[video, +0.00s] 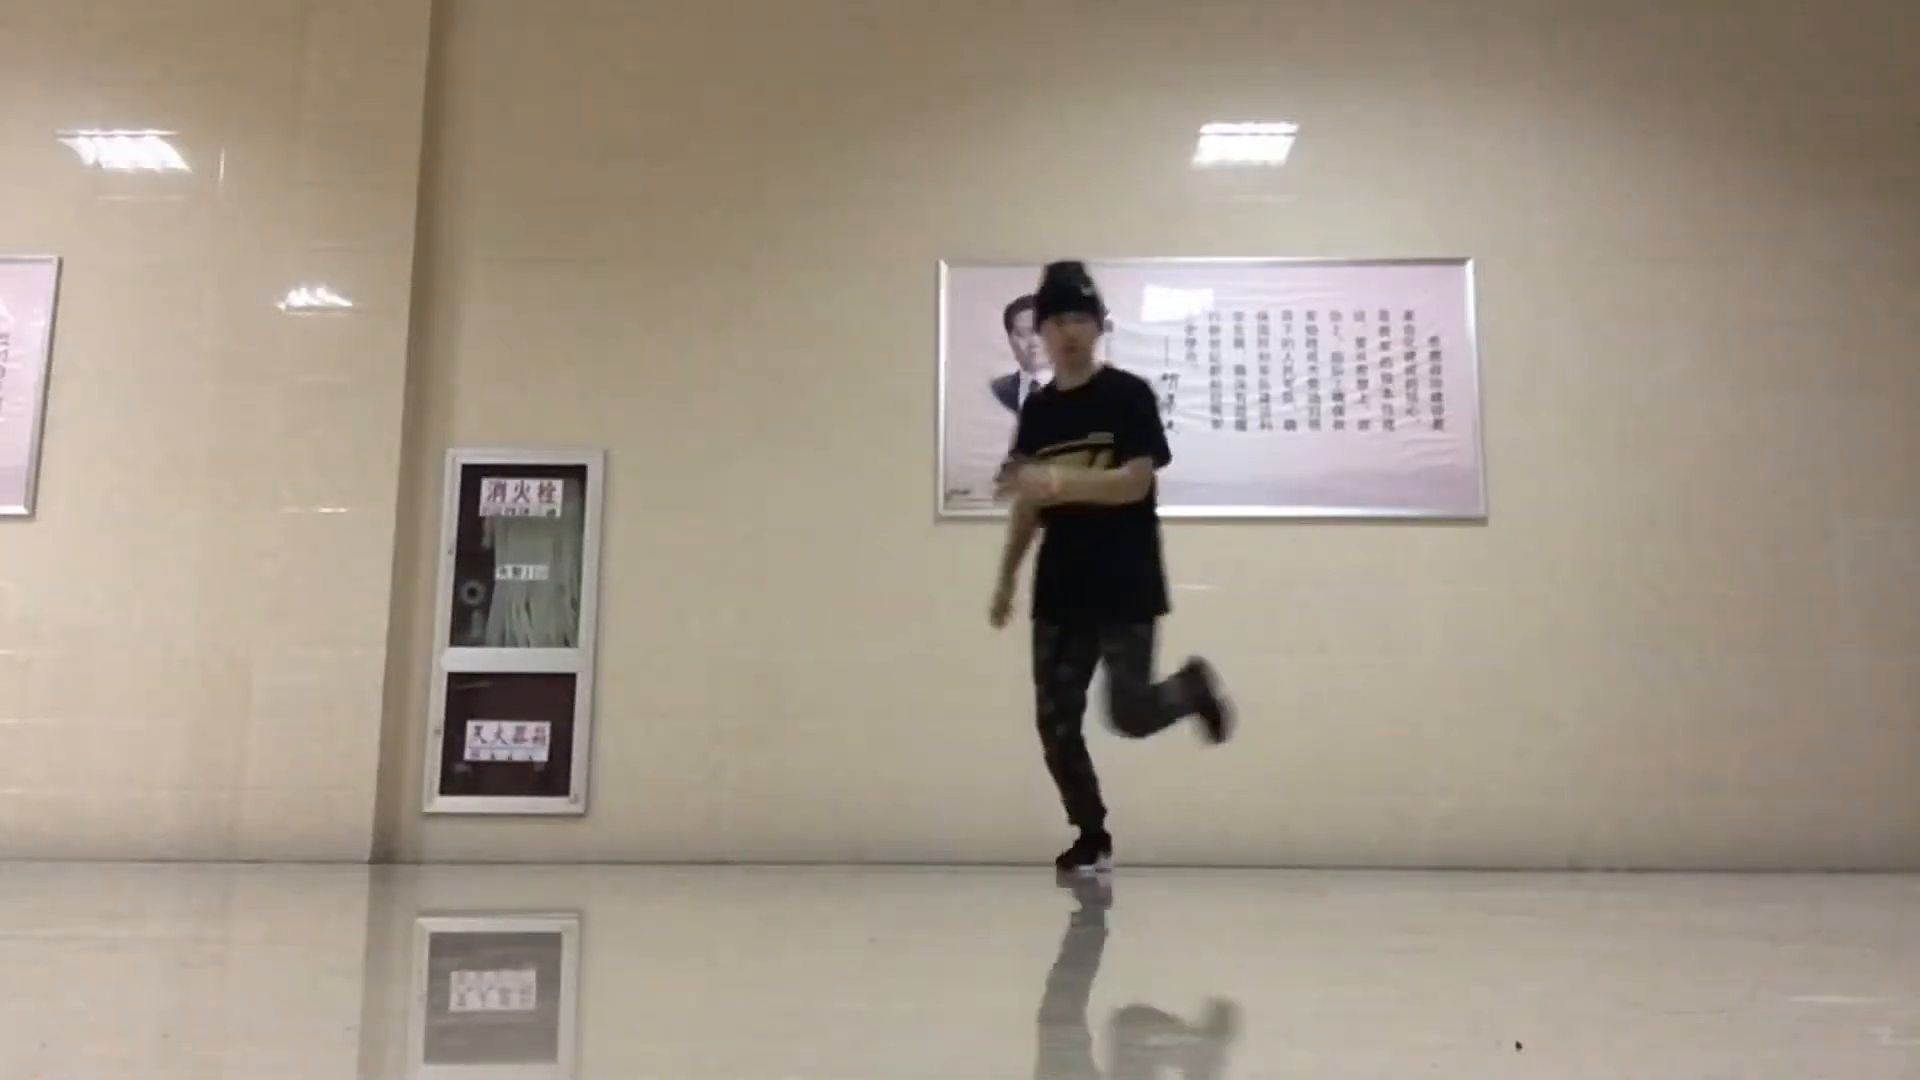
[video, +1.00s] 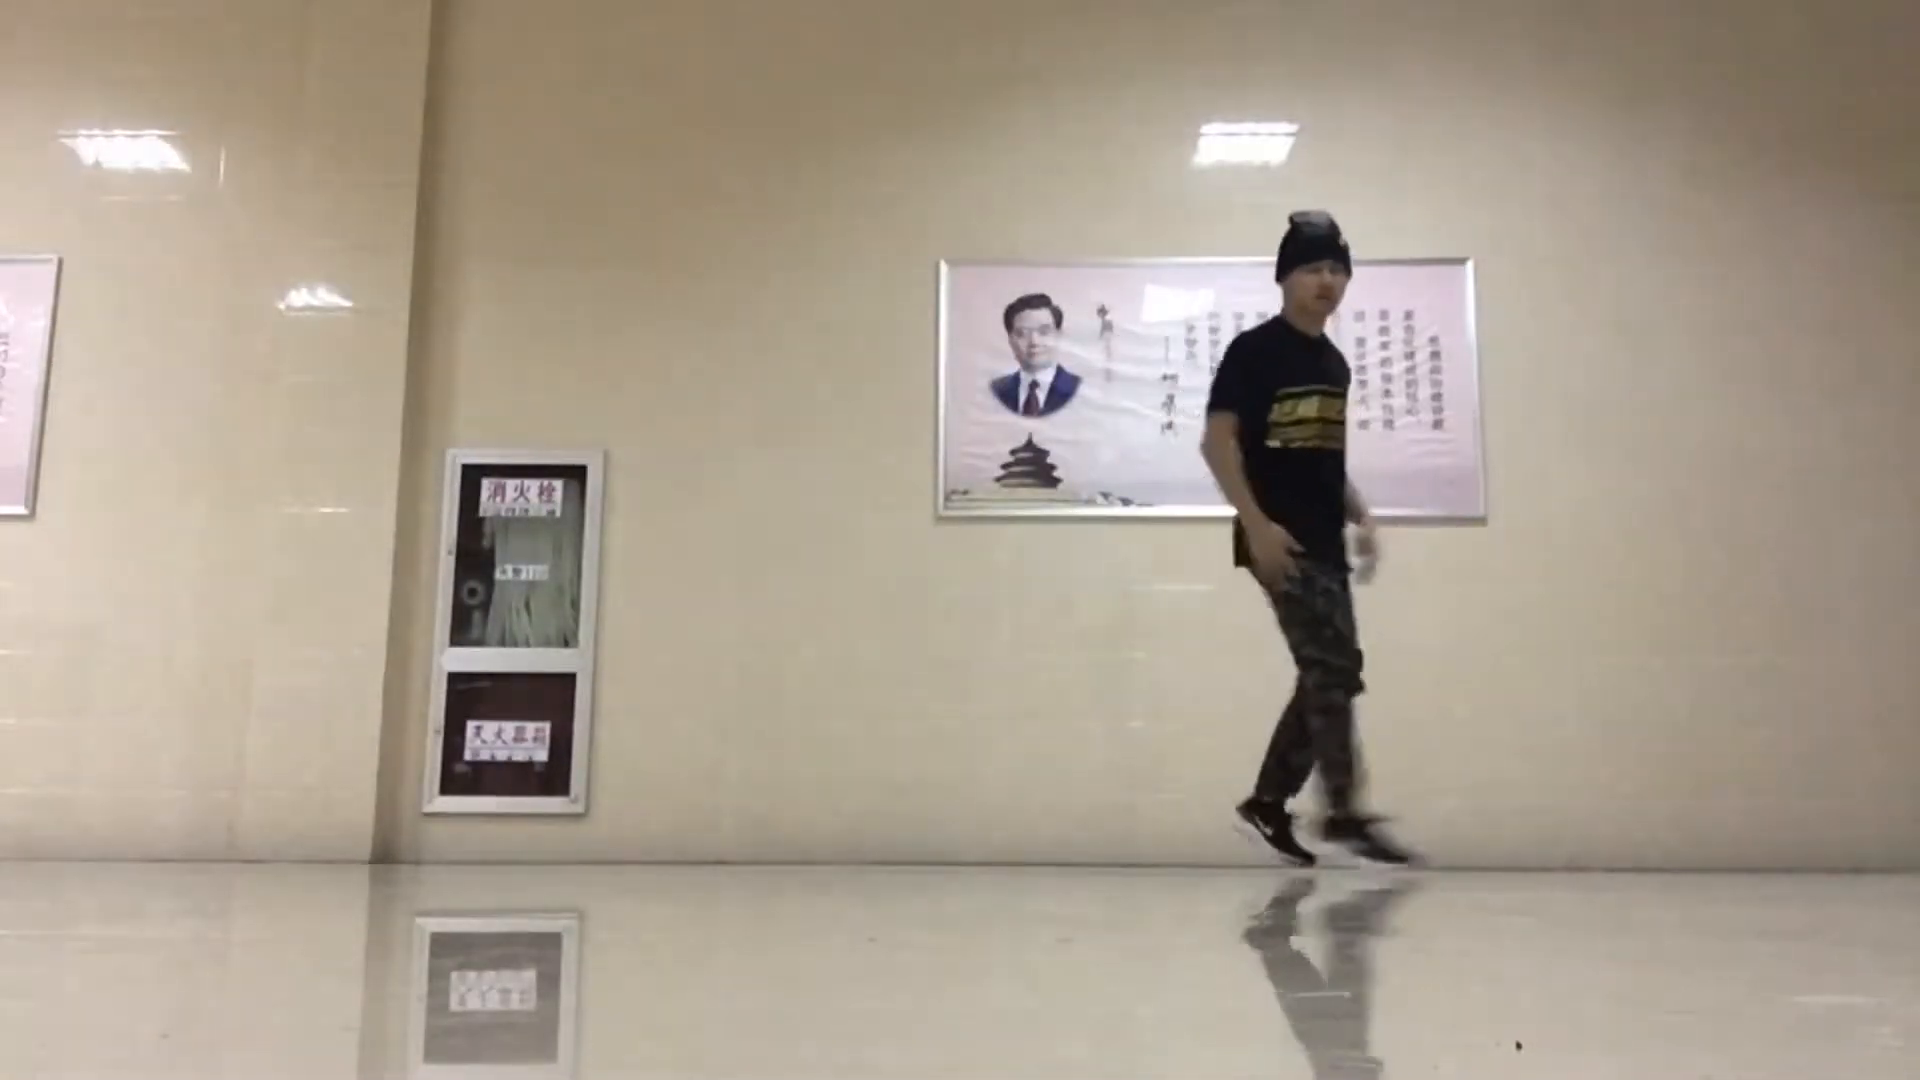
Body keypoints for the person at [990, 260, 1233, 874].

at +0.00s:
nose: (1068, 334)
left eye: (1079, 321)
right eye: (1056, 323)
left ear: (1099, 326)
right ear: (1042, 333)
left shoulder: (1130, 394)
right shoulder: (1038, 409)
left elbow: (1138, 483)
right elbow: (1030, 500)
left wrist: (1055, 484)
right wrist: (1006, 579)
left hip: (1127, 579)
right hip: (1062, 582)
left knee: (1130, 714)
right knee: (1055, 719)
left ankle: (1196, 686)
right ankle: (1092, 834)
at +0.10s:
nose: (1107, 303)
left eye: (1118, 291)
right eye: (1096, 292)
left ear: (1136, 296)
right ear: (1080, 300)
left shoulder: (1166, 365)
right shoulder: (1068, 381)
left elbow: (1184, 456)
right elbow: (1068, 473)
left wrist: (1102, 454)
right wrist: (1057, 546)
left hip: (1167, 553)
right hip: (1099, 557)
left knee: (1204, 681)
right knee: (1084, 702)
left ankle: (1257, 724)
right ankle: (1095, 823)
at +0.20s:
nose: (1150, 290)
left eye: (1161, 278)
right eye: (1139, 279)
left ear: (1177, 282)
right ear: (1120, 285)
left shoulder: (1210, 350)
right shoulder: (1102, 366)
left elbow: (1245, 438)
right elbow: (1101, 451)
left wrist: (1174, 466)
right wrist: (1092, 521)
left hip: (1213, 540)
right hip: (1141, 546)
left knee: (1264, 667)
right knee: (1127, 685)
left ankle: (1294, 781)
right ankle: (1127, 811)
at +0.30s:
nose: (1197, 309)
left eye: (1207, 296)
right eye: (1184, 298)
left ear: (1222, 301)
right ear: (1164, 305)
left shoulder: (1260, 375)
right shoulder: (1139, 392)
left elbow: (1300, 461)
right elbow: (1130, 480)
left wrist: (1266, 506)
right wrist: (1123, 557)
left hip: (1258, 560)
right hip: (1182, 567)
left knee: (1292, 692)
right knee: (1175, 698)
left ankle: (1309, 819)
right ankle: (1192, 818)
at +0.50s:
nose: (1274, 304)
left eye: (1282, 292)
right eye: (1260, 292)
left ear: (1292, 296)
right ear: (1232, 297)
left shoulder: (1318, 371)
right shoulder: (1197, 384)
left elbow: (1352, 448)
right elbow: (1181, 473)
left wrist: (1360, 519)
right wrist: (1201, 547)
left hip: (1317, 558)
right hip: (1248, 564)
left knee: (1325, 696)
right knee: (1260, 691)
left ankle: (1310, 819)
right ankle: (1251, 804)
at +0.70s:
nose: (1319, 287)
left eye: (1327, 276)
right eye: (1307, 275)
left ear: (1332, 281)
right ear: (1273, 278)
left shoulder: (1336, 363)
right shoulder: (1242, 355)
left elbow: (1341, 446)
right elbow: (1206, 444)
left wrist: (1391, 485)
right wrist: (1262, 501)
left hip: (1348, 526)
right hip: (1294, 529)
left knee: (1365, 669)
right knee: (1346, 665)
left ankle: (1287, 789)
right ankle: (1375, 810)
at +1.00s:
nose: (1329, 284)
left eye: (1338, 273)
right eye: (1315, 270)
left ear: (1346, 283)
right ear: (1285, 275)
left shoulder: (1333, 361)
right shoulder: (1251, 350)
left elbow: (1326, 457)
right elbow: (1218, 443)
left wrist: (1358, 515)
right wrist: (1255, 524)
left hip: (1327, 536)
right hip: (1280, 535)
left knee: (1329, 671)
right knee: (1332, 666)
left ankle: (1267, 800)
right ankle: (1344, 812)